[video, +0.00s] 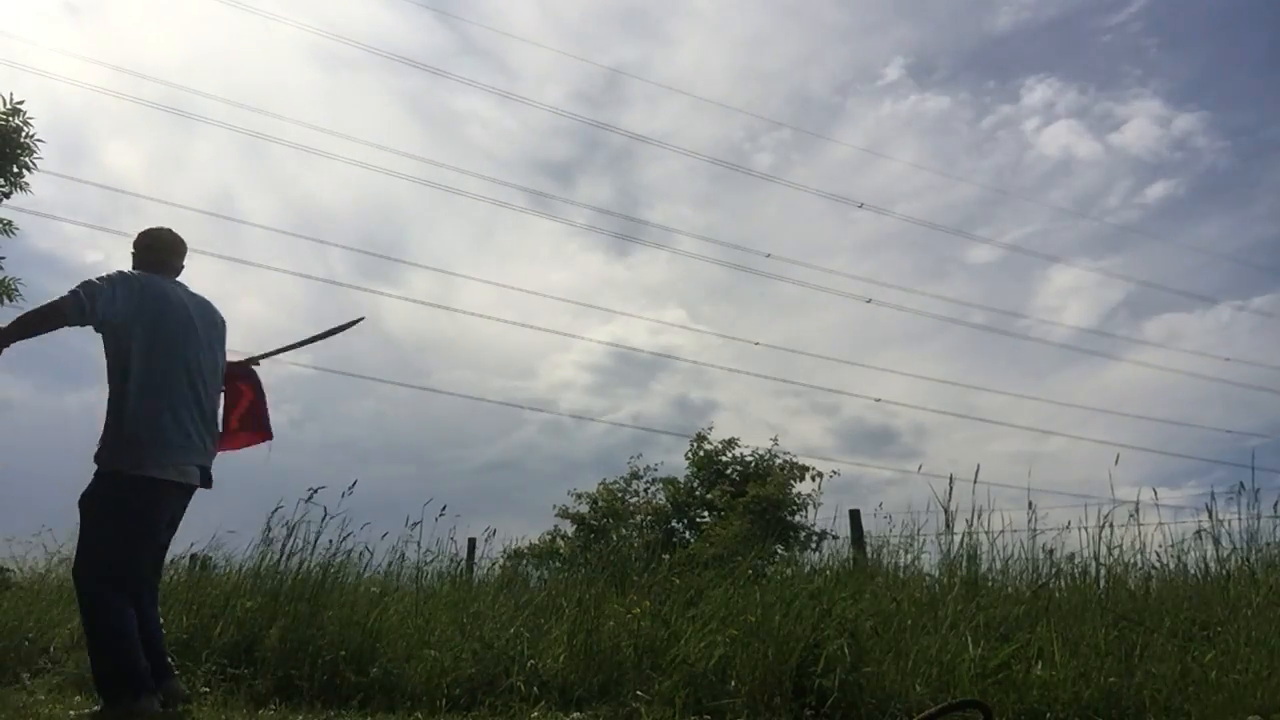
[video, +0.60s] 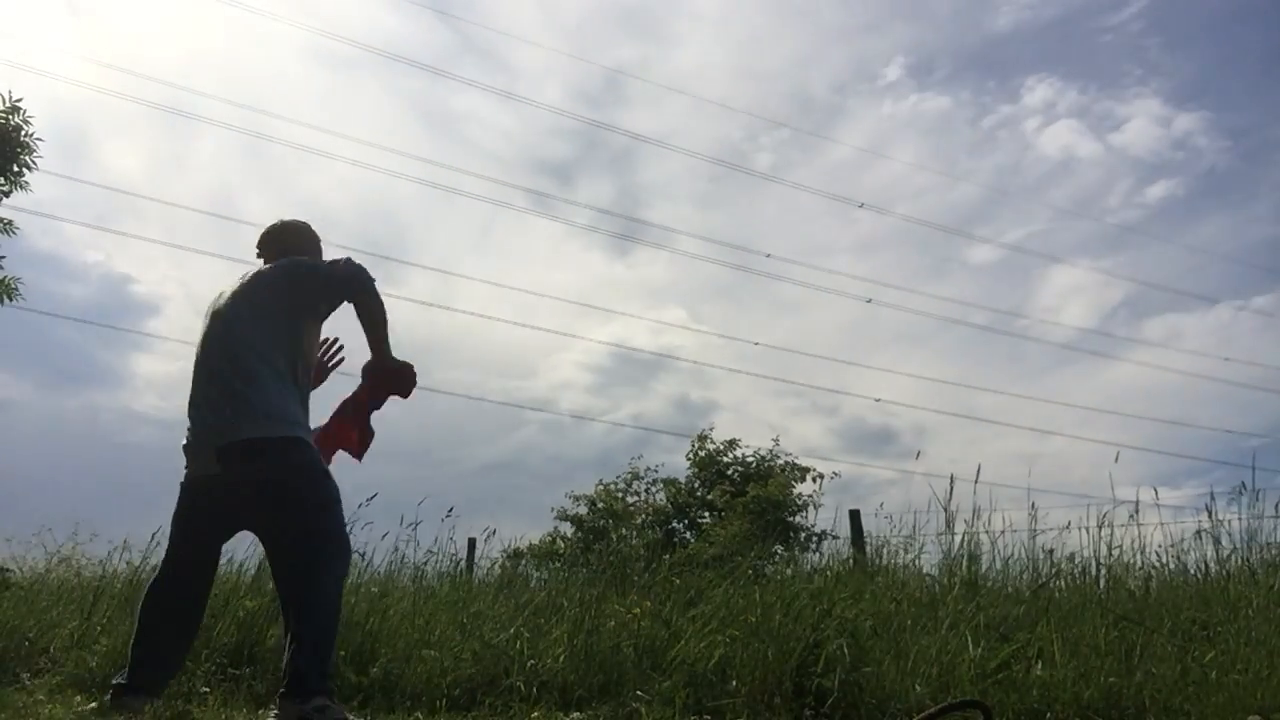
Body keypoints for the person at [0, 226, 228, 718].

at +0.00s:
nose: (132, 262)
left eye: (135, 256)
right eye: (139, 256)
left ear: (139, 256)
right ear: (180, 264)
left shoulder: (127, 286)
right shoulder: (210, 314)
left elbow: (64, 310)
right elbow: (210, 376)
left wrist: (7, 335)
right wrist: (236, 367)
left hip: (132, 460)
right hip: (186, 469)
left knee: (96, 574)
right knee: (140, 575)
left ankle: (127, 697)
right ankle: (162, 685)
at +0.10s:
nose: (153, 256)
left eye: (154, 250)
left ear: (152, 251)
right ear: (199, 260)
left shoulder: (129, 283)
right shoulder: (226, 307)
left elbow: (48, 303)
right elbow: (229, 372)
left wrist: (35, 343)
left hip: (137, 461)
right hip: (206, 466)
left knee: (112, 575)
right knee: (181, 567)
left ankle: (129, 699)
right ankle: (229, 669)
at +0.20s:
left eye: (163, 250)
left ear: (167, 251)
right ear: (216, 260)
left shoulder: (133, 285)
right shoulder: (238, 305)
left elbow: (70, 326)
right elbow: (236, 357)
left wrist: (111, 345)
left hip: (142, 467)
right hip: (223, 469)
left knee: (116, 575)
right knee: (244, 557)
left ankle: (130, 697)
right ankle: (272, 653)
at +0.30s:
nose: (207, 262)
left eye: (195, 252)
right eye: (227, 259)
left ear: (184, 256)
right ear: (231, 263)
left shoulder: (146, 295)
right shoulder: (253, 303)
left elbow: (135, 363)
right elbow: (243, 358)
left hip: (152, 471)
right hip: (238, 467)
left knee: (118, 577)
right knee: (285, 555)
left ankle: (131, 698)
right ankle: (306, 652)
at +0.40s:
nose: (253, 270)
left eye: (248, 263)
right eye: (253, 264)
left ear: (205, 260)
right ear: (251, 264)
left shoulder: (165, 305)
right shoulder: (266, 295)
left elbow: (196, 360)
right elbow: (274, 371)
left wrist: (273, 320)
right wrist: (276, 324)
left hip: (168, 475)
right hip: (252, 469)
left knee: (137, 589)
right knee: (296, 570)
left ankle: (133, 699)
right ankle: (322, 667)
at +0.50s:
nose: (284, 267)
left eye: (283, 259)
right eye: (282, 259)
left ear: (235, 259)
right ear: (271, 255)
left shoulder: (194, 305)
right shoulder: (277, 288)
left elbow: (218, 382)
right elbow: (326, 361)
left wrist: (292, 393)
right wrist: (306, 395)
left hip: (191, 473)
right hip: (270, 468)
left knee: (164, 583)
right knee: (296, 580)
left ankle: (139, 692)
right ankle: (310, 692)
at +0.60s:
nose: (320, 264)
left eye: (316, 256)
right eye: (316, 256)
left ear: (266, 254)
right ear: (305, 252)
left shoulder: (226, 306)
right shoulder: (298, 275)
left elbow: (240, 396)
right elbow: (358, 277)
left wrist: (302, 381)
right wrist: (381, 356)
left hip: (208, 468)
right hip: (280, 458)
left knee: (180, 575)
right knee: (321, 562)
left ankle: (135, 689)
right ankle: (307, 695)